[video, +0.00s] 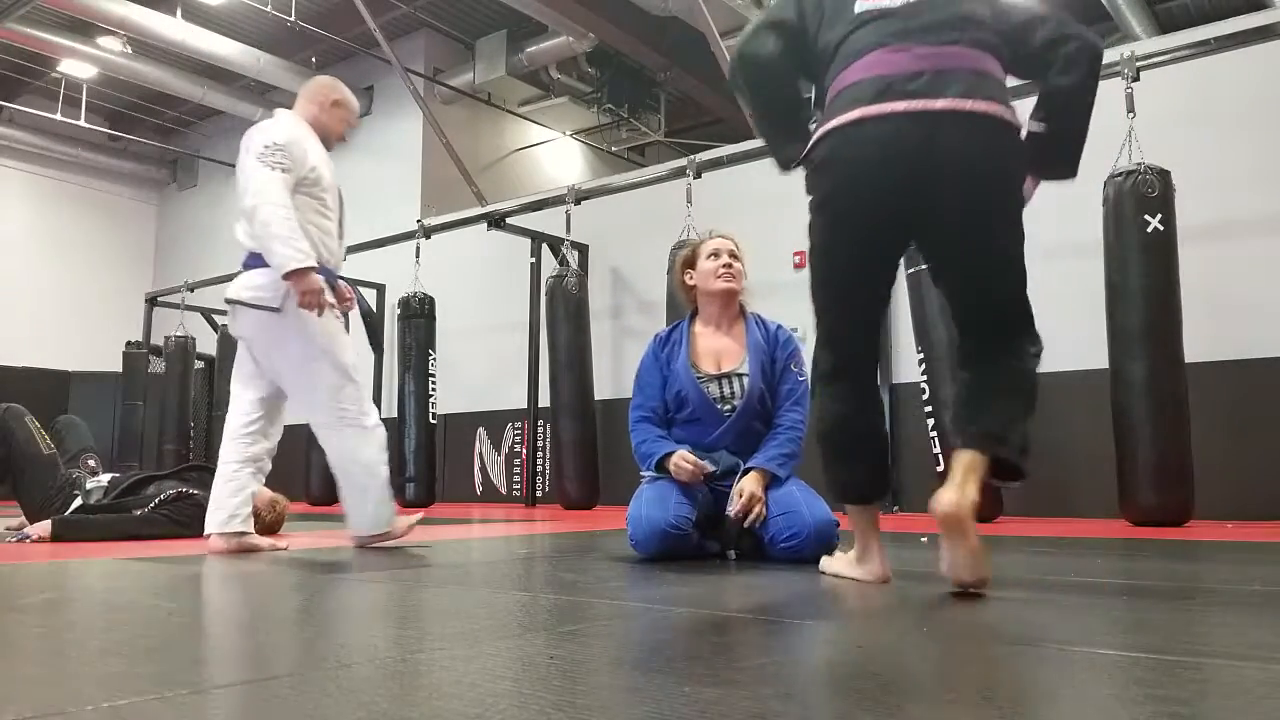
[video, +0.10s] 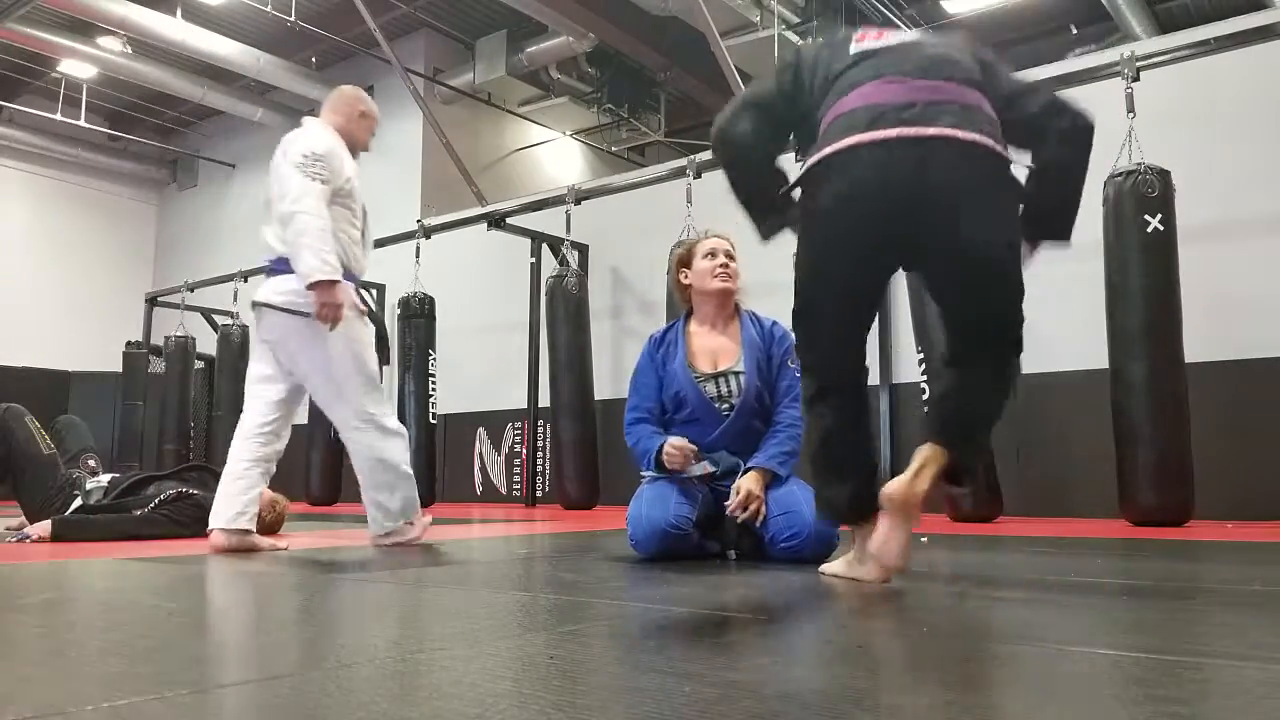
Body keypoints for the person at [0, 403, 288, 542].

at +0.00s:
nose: (250, 486)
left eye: (253, 492)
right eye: (254, 488)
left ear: (243, 510)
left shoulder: (198, 512)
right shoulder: (218, 485)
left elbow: (130, 524)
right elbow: (148, 488)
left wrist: (56, 527)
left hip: (68, 499)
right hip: (101, 485)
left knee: (12, 415)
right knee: (68, 421)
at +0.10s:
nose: (251, 489)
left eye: (255, 494)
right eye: (256, 490)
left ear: (247, 515)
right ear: (253, 511)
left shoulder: (198, 512)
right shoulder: (216, 486)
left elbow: (131, 524)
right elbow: (145, 492)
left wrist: (56, 527)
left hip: (68, 499)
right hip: (101, 486)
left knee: (12, 415)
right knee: (68, 421)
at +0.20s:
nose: (238, 479)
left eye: (245, 489)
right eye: (246, 483)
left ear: (243, 512)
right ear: (246, 509)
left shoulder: (198, 511)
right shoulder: (215, 489)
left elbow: (130, 524)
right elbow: (144, 494)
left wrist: (56, 527)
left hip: (67, 500)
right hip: (100, 486)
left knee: (12, 415)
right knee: (68, 421)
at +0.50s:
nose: (249, 477)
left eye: (251, 489)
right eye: (257, 484)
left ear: (234, 512)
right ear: (237, 505)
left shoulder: (197, 513)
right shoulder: (217, 490)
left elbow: (130, 525)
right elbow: (154, 485)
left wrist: (55, 527)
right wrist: (111, 481)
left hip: (66, 500)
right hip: (99, 485)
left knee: (12, 415)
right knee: (68, 421)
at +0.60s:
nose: (247, 476)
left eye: (249, 488)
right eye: (255, 483)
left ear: (233, 510)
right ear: (235, 505)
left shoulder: (197, 513)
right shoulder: (217, 490)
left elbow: (130, 524)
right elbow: (156, 486)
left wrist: (56, 526)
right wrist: (113, 479)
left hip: (67, 500)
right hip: (99, 485)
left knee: (11, 415)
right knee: (68, 421)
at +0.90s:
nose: (248, 476)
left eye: (250, 488)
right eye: (256, 484)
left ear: (234, 510)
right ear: (235, 505)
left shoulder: (197, 513)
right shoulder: (216, 491)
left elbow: (129, 525)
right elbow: (155, 487)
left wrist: (55, 527)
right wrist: (115, 479)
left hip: (68, 501)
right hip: (101, 484)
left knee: (11, 415)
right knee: (68, 421)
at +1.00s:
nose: (247, 476)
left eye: (249, 488)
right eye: (255, 483)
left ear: (233, 510)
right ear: (235, 505)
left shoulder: (197, 513)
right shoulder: (216, 491)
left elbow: (128, 524)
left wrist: (56, 527)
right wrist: (112, 481)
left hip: (68, 501)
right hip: (101, 485)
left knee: (12, 414)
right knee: (68, 421)